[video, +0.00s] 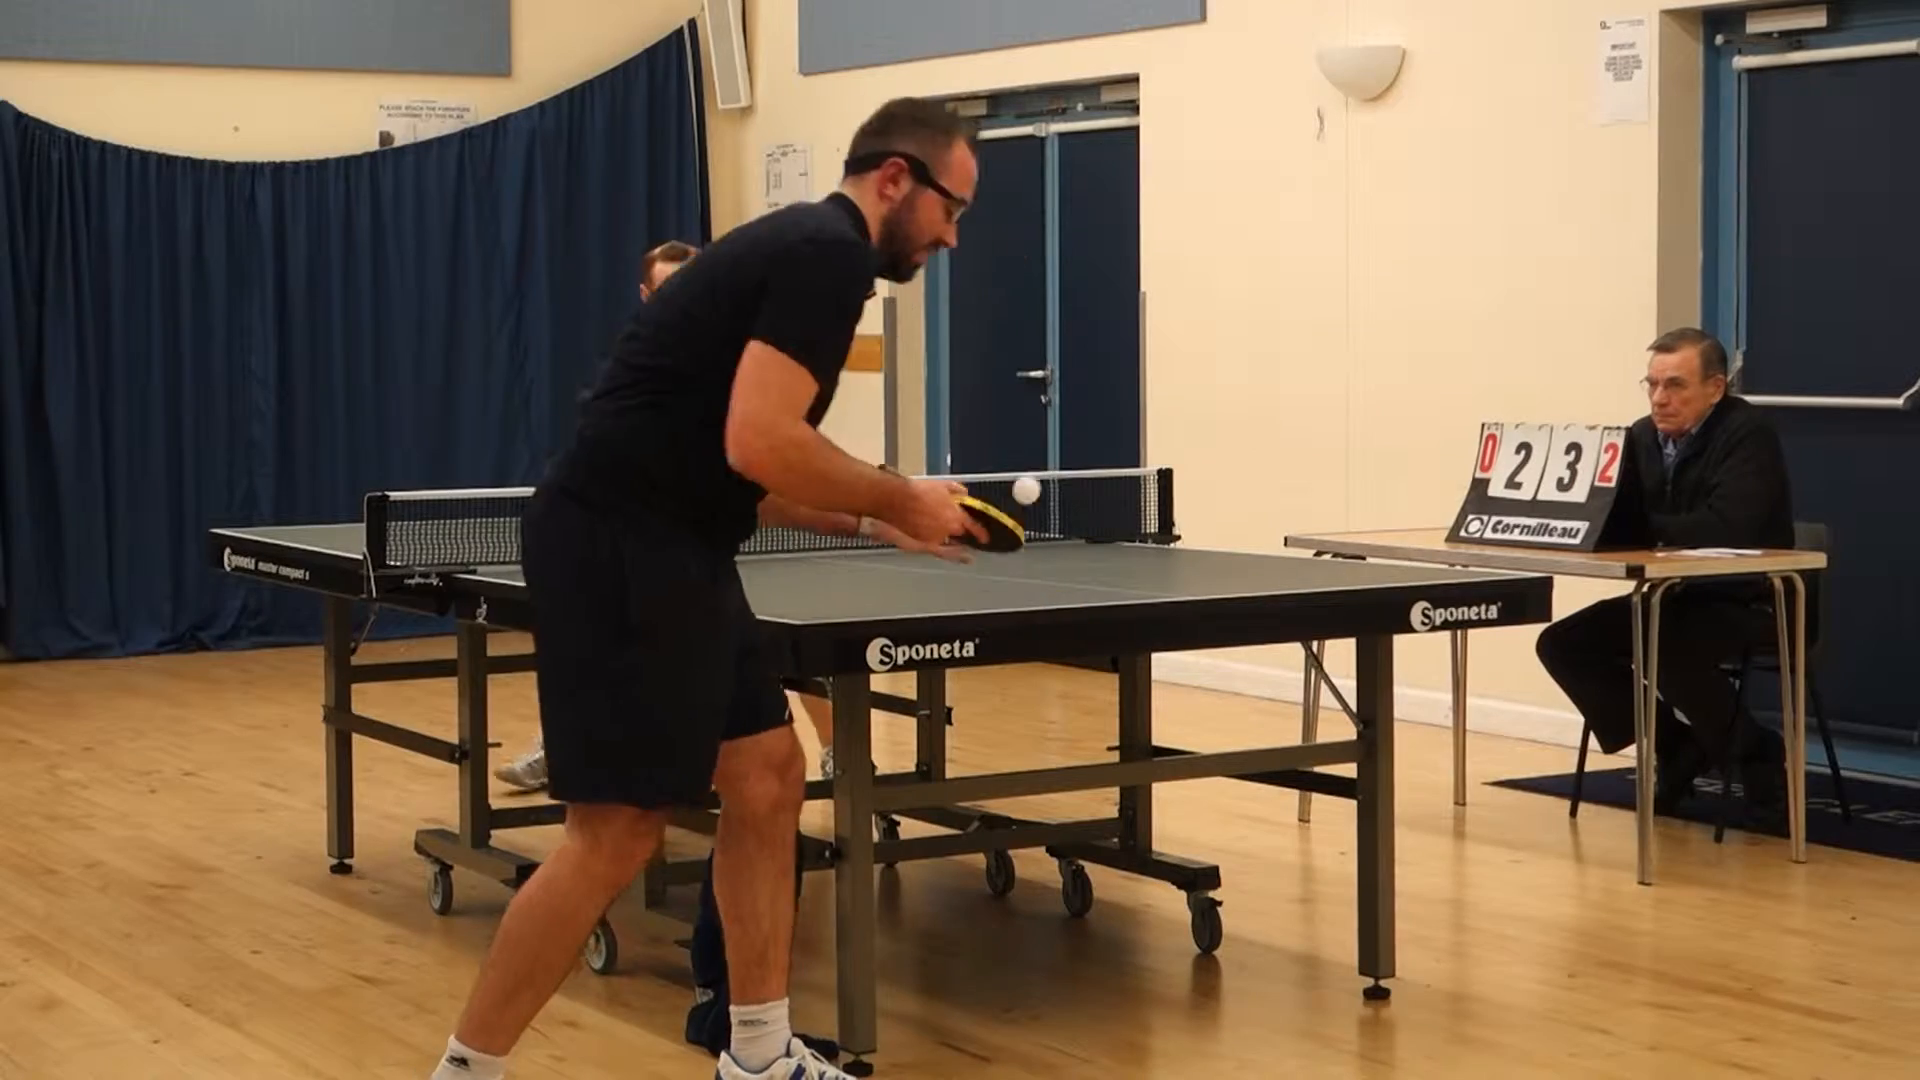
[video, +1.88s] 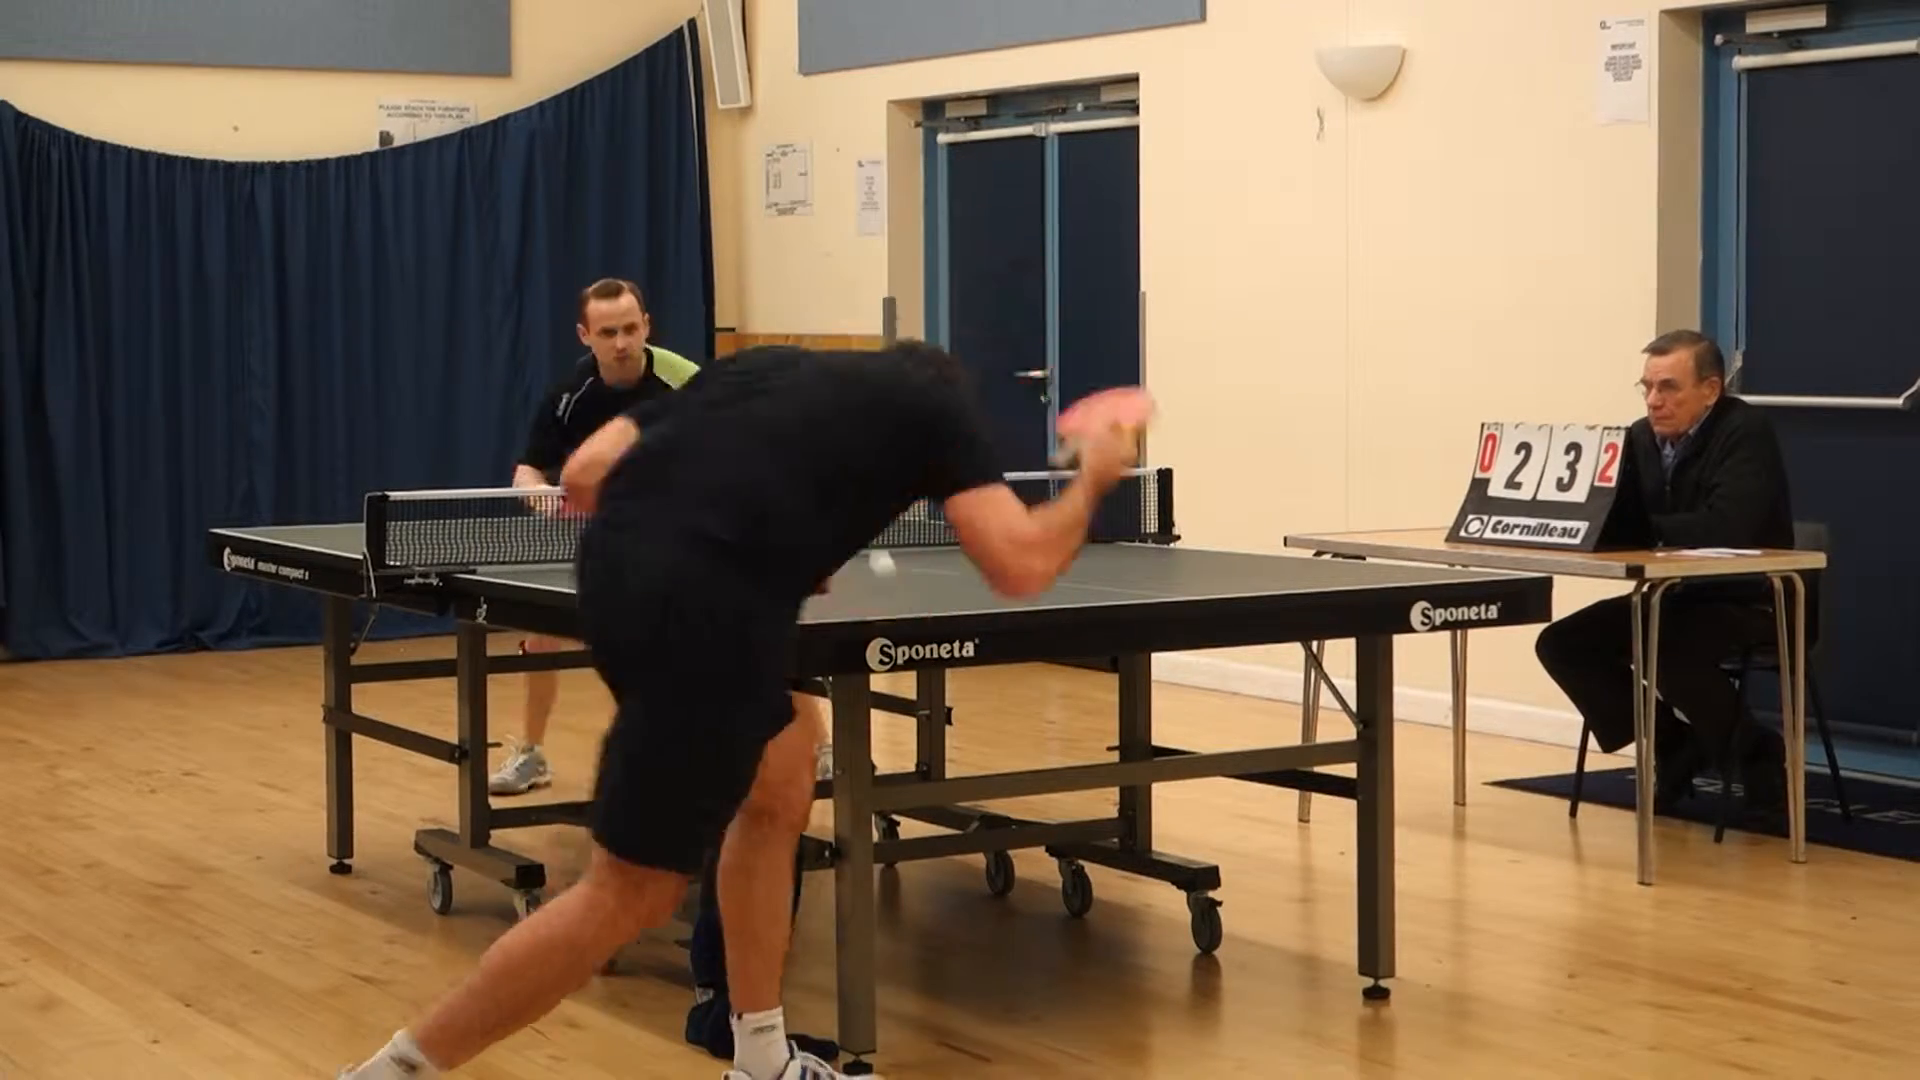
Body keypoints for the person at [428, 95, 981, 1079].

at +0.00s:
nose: (953, 233)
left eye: (961, 211)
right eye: (952, 204)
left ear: (886, 183)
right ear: (891, 180)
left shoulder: (813, 249)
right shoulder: (825, 249)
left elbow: (757, 467)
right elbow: (760, 440)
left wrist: (885, 511)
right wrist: (902, 497)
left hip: (676, 544)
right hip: (612, 539)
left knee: (767, 770)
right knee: (617, 829)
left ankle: (761, 1049)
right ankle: (467, 1065)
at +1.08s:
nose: (995, 308)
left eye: (1004, 291)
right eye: (1000, 284)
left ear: (939, 243)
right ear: (964, 251)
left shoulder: (842, 312)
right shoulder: (867, 275)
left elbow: (820, 519)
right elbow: (868, 463)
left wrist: (971, 523)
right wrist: (976, 384)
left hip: (693, 553)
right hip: (629, 543)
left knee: (790, 780)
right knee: (677, 837)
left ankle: (732, 1056)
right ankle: (436, 1046)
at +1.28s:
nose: (971, 292)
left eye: (982, 273)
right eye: (979, 267)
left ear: (927, 222)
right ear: (948, 231)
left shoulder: (839, 326)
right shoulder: (829, 236)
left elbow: (813, 503)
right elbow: (872, 379)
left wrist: (962, 573)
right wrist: (976, 290)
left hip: (690, 552)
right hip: (617, 538)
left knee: (789, 777)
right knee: (644, 840)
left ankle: (732, 1050)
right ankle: (403, 1053)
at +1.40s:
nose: (914, 293)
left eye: (929, 283)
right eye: (924, 268)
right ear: (903, 206)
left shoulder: (820, 328)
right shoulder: (793, 212)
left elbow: (811, 494)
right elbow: (820, 298)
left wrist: (974, 525)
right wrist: (934, 217)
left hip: (687, 563)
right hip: (606, 551)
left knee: (788, 775)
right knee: (630, 848)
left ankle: (730, 1055)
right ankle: (395, 1064)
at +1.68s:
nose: (929, 309)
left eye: (935, 309)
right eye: (944, 298)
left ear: (910, 306)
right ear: (932, 284)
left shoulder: (800, 341)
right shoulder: (818, 252)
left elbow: (729, 516)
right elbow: (900, 183)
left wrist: (876, 553)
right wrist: (988, 290)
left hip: (648, 543)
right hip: (587, 528)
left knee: (747, 772)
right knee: (592, 843)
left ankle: (741, 1052)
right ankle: (381, 1065)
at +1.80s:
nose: (926, 477)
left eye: (942, 467)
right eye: (944, 456)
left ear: (914, 419)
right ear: (933, 412)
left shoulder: (786, 412)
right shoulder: (882, 347)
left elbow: (693, 561)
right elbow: (1057, 393)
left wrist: (804, 586)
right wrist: (1000, 400)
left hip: (604, 562)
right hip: (621, 565)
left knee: (774, 770)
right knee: (594, 877)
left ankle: (766, 1051)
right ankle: (382, 1065)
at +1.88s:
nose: (963, 426)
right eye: (966, 408)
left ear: (871, 354)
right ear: (950, 380)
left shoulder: (759, 368)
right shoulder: (931, 393)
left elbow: (584, 473)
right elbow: (1020, 565)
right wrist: (1094, 473)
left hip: (614, 574)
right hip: (710, 608)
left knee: (787, 752)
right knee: (628, 890)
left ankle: (760, 1057)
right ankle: (401, 1063)